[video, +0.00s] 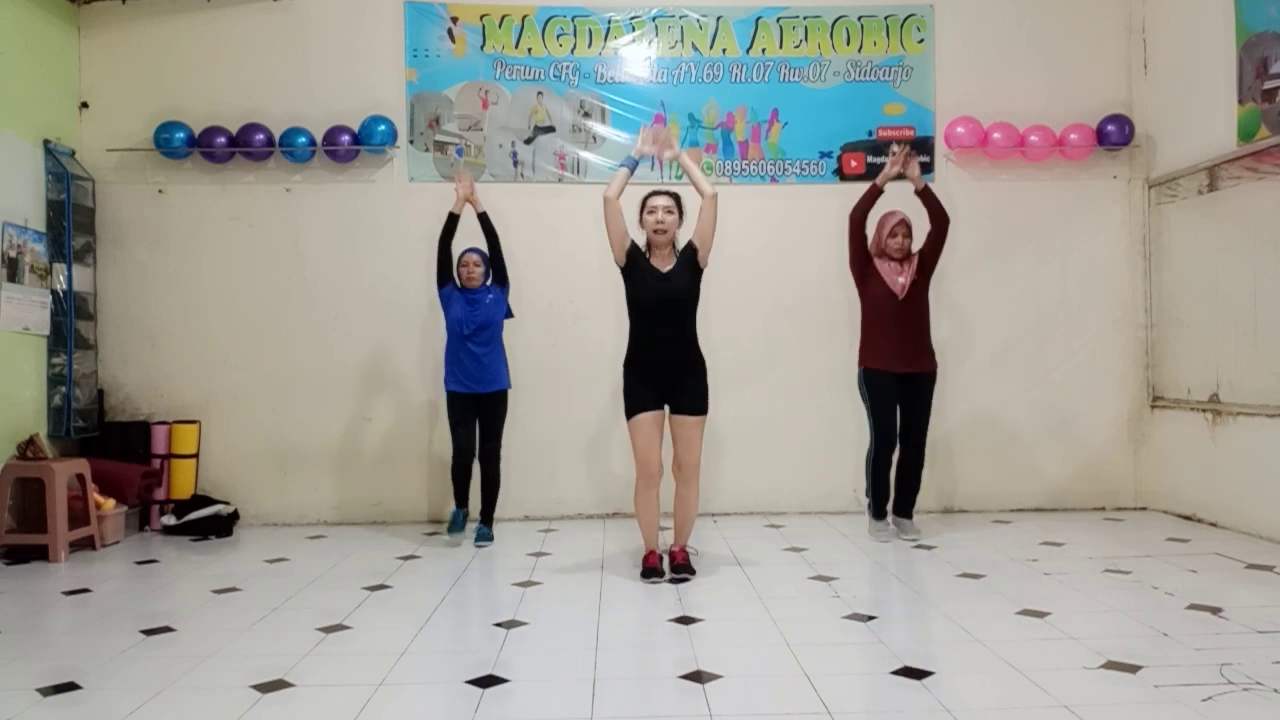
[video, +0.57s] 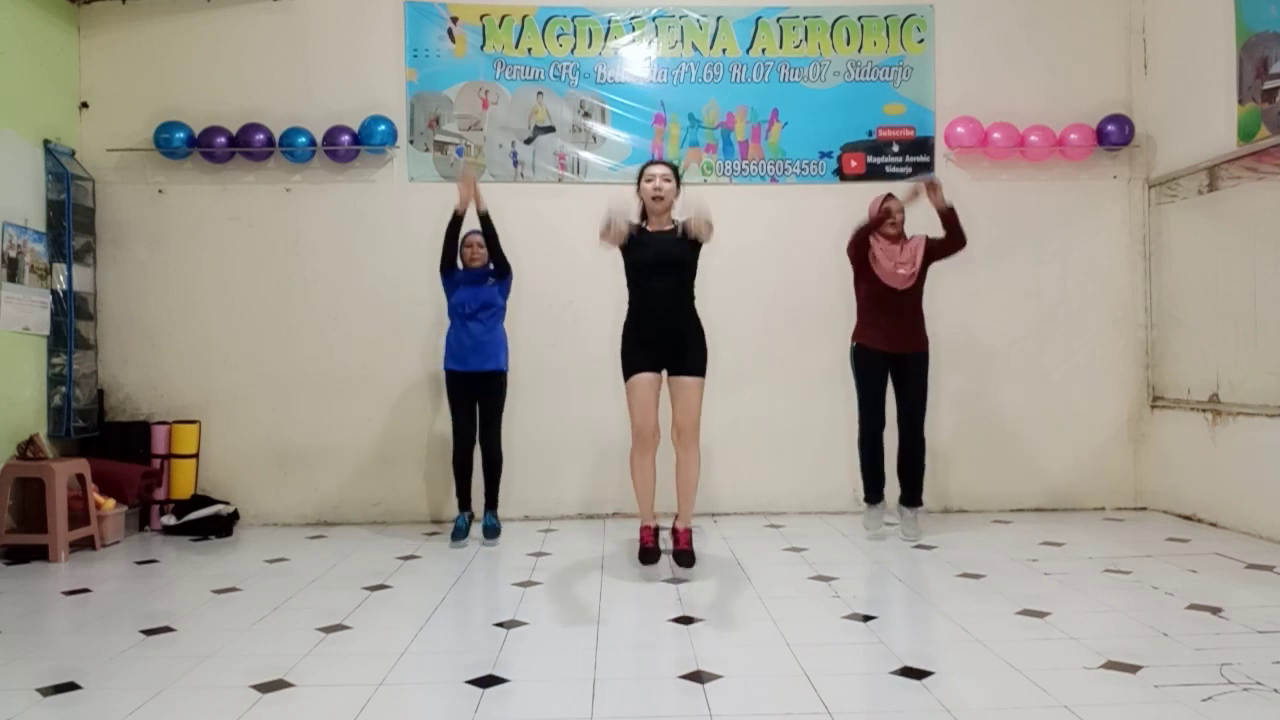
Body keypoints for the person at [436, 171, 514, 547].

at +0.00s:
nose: (469, 269)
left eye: (476, 265)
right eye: (465, 264)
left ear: (486, 270)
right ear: (457, 271)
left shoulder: (496, 293)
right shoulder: (450, 295)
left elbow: (497, 249)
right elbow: (443, 249)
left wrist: (476, 204)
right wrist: (458, 206)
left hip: (493, 386)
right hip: (459, 386)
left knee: (489, 456)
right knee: (462, 453)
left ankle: (486, 522)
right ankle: (460, 510)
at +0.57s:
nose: (473, 249)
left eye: (479, 245)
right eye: (468, 246)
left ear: (489, 252)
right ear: (461, 252)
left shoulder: (499, 278)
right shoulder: (453, 279)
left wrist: (478, 203)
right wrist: (460, 207)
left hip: (493, 366)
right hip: (459, 367)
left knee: (490, 439)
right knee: (463, 439)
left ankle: (491, 511)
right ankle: (464, 511)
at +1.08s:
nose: (478, 264)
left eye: (484, 261)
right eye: (472, 260)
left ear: (493, 269)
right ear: (464, 269)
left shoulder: (507, 304)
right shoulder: (452, 305)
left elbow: (518, 347)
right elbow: (431, 353)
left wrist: (523, 386)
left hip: (497, 391)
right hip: (463, 392)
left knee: (494, 460)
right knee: (468, 459)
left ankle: (493, 525)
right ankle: (471, 525)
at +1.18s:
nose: (477, 271)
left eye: (484, 267)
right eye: (472, 267)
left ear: (493, 276)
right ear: (464, 275)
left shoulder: (506, 309)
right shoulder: (454, 311)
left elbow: (522, 354)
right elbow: (429, 353)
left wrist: (534, 397)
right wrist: (432, 321)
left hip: (498, 398)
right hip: (463, 399)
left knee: (494, 464)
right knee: (470, 465)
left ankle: (493, 527)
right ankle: (472, 527)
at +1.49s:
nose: (477, 269)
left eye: (483, 264)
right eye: (471, 265)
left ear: (493, 272)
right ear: (463, 272)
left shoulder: (506, 306)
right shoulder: (455, 303)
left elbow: (517, 346)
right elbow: (440, 293)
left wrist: (523, 381)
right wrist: (452, 268)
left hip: (499, 392)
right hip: (464, 392)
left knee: (497, 458)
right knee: (470, 459)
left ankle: (499, 518)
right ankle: (472, 525)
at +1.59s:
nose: (478, 269)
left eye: (484, 266)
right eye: (473, 266)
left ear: (493, 275)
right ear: (464, 275)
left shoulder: (507, 308)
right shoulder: (457, 306)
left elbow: (517, 345)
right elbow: (446, 294)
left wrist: (521, 377)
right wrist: (452, 277)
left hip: (499, 394)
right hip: (464, 394)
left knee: (499, 461)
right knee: (470, 462)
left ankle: (500, 525)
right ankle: (472, 526)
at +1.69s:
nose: (480, 268)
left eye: (486, 264)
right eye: (475, 264)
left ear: (495, 271)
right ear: (466, 271)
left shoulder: (508, 305)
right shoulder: (459, 302)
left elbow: (523, 351)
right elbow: (446, 296)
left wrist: (512, 356)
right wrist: (455, 285)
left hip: (499, 391)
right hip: (466, 390)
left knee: (499, 457)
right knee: (473, 454)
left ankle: (499, 524)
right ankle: (470, 516)